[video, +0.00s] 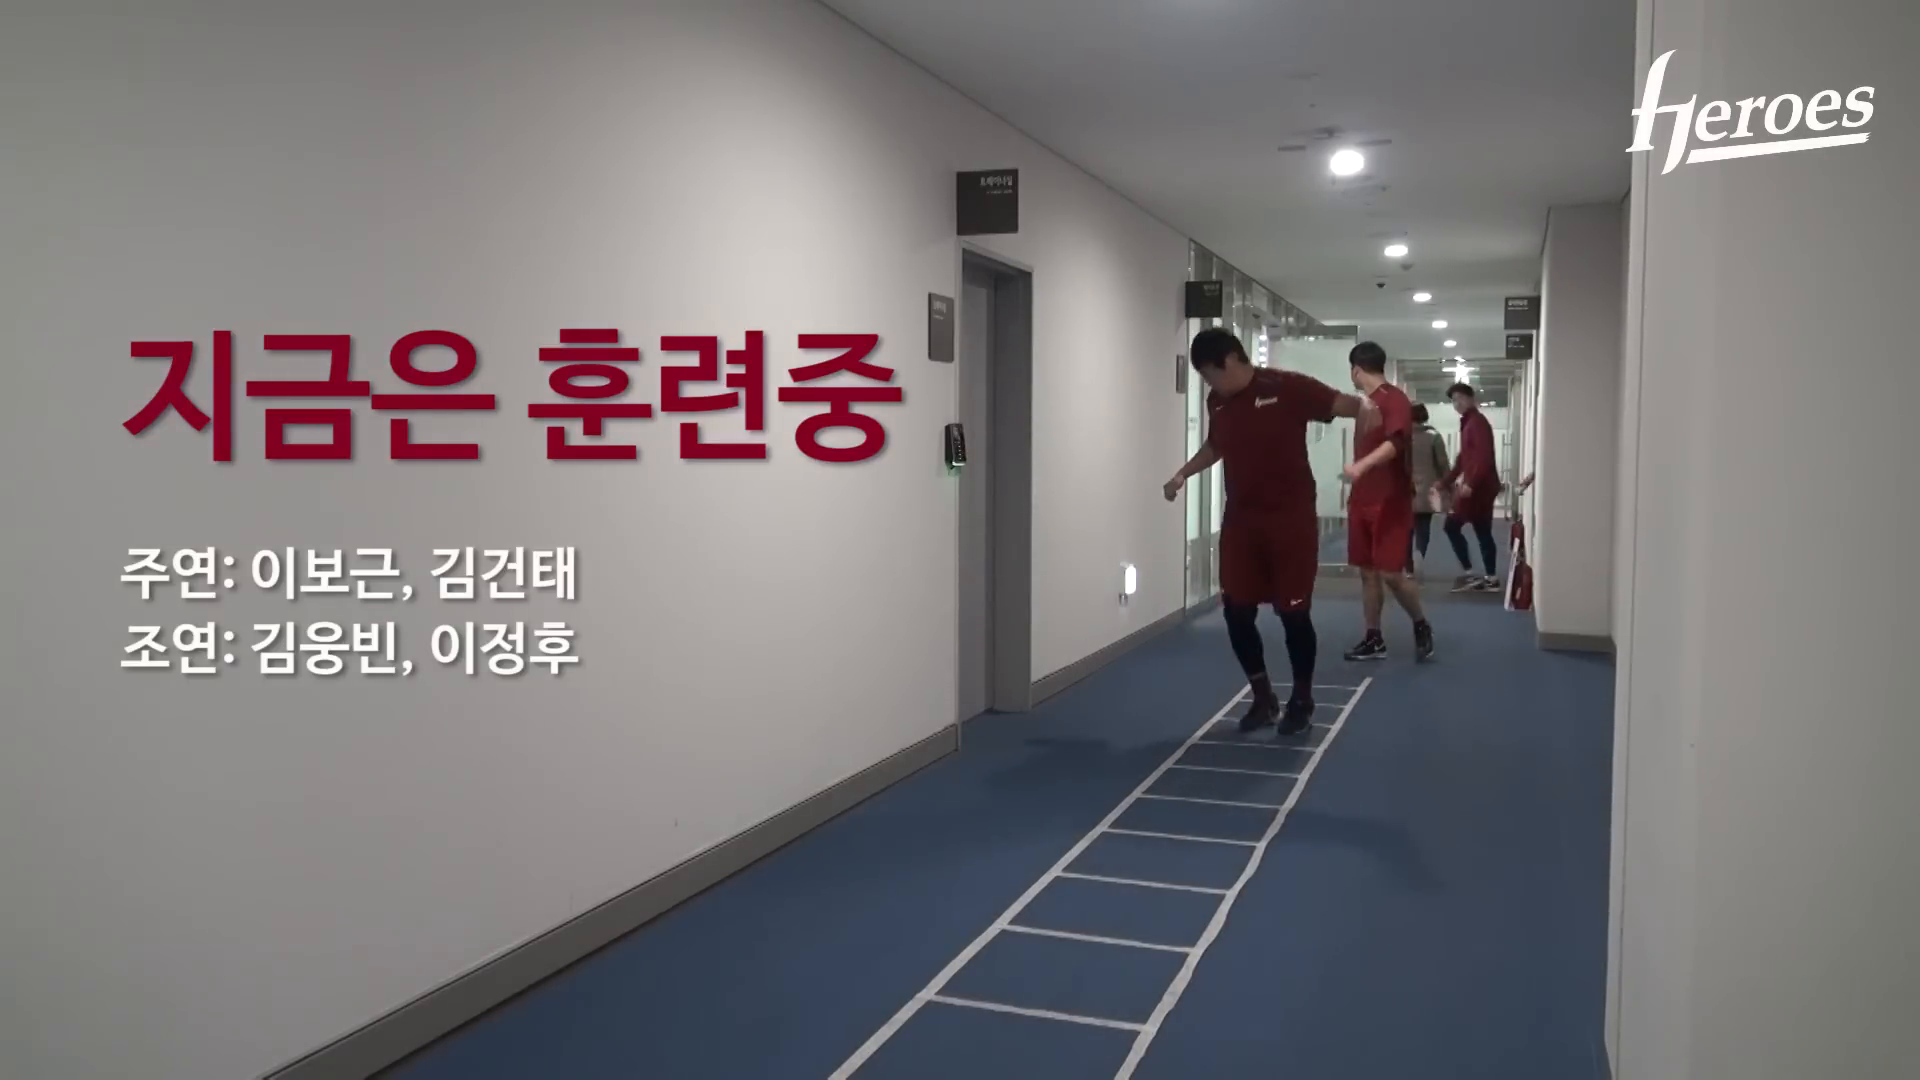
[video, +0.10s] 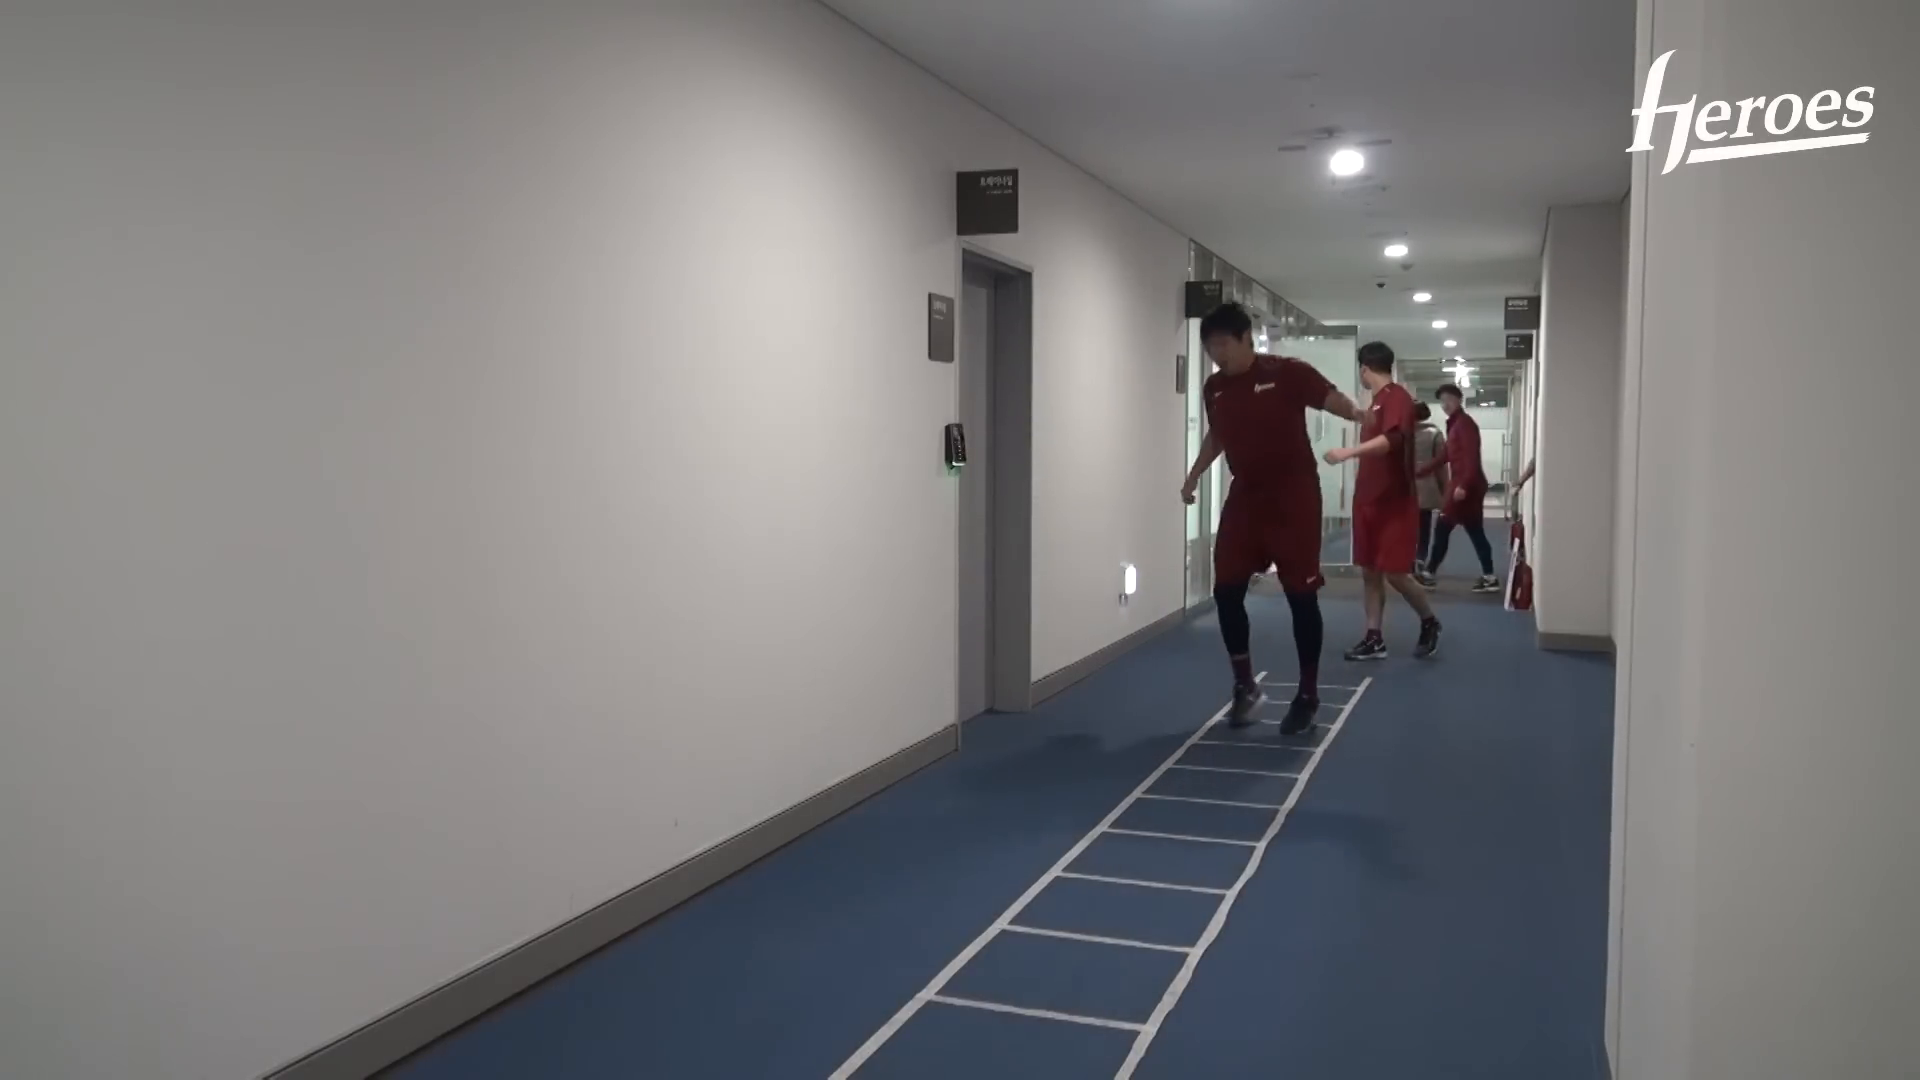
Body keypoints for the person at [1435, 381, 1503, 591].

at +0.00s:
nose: (1455, 404)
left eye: (1458, 399)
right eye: (1454, 400)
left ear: (1469, 398)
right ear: (1458, 401)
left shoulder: (1477, 423)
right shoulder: (1469, 423)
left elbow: (1482, 457)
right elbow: (1464, 458)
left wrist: (1470, 482)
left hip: (1479, 485)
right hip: (1481, 486)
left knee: (1451, 525)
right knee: (1483, 530)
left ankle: (1469, 571)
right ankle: (1491, 576)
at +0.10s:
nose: (1444, 405)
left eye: (1447, 400)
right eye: (1442, 401)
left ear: (1457, 400)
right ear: (1445, 402)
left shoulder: (1465, 424)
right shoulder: (1455, 424)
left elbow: (1470, 457)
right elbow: (1446, 456)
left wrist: (1462, 484)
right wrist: (1422, 471)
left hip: (1467, 486)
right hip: (1467, 485)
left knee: (1443, 526)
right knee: (1475, 530)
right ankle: (1489, 575)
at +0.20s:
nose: (1432, 407)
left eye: (1435, 402)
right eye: (1429, 403)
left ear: (1445, 403)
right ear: (1428, 405)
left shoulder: (1451, 428)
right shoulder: (1440, 427)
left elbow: (1457, 461)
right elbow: (1432, 455)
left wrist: (1455, 490)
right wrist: (1413, 465)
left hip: (1449, 488)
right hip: (1448, 487)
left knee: (1430, 528)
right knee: (1459, 533)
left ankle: (1419, 571)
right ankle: (1485, 572)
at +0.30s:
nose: (1418, 405)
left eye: (1422, 401)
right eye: (1417, 401)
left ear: (1431, 403)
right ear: (1421, 403)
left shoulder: (1438, 427)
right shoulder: (1418, 426)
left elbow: (1444, 462)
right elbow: (1419, 461)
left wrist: (1444, 492)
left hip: (1433, 490)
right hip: (1420, 488)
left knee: (1429, 533)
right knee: (1414, 531)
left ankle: (1467, 562)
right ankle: (1409, 574)